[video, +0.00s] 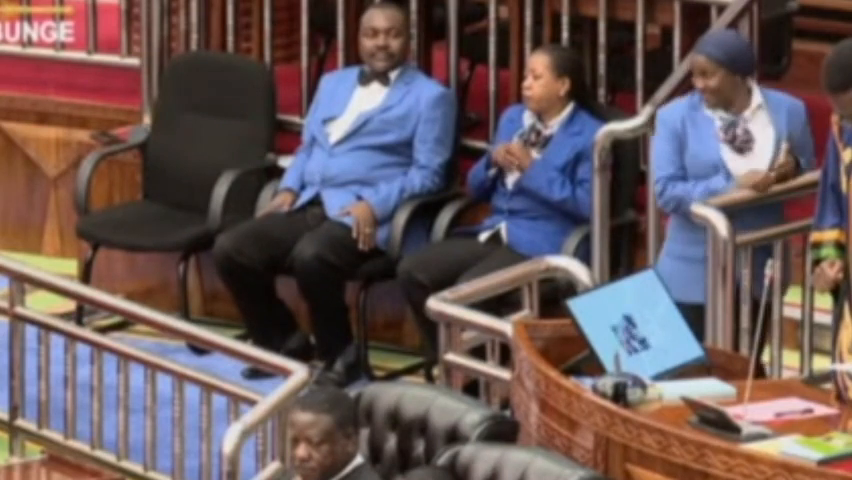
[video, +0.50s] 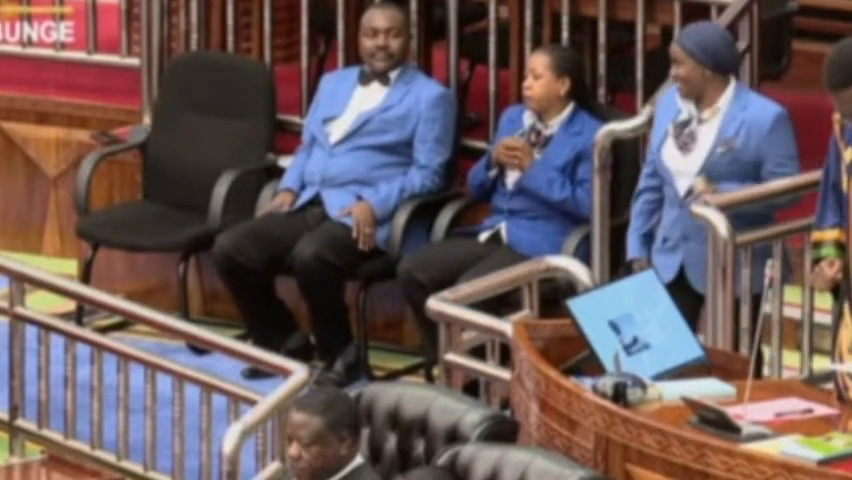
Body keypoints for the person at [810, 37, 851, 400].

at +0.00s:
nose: (840, 119)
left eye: (845, 110)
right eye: (836, 110)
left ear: (851, 96)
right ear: (831, 99)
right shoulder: (837, 133)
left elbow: (829, 195)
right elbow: (830, 194)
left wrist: (832, 253)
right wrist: (829, 250)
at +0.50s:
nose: (841, 115)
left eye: (846, 105)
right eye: (838, 106)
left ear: (851, 94)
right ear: (832, 97)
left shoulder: (840, 137)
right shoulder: (839, 137)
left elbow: (831, 195)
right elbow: (831, 195)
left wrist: (831, 253)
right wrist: (829, 250)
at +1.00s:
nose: (842, 116)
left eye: (846, 106)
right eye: (839, 107)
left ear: (850, 96)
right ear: (832, 99)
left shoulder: (841, 138)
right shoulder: (840, 138)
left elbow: (831, 195)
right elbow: (832, 194)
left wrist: (831, 250)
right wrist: (829, 248)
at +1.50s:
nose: (842, 118)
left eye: (847, 108)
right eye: (840, 108)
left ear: (850, 99)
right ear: (834, 102)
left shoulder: (841, 139)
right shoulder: (840, 138)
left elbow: (832, 196)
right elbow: (832, 195)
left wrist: (831, 250)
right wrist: (829, 248)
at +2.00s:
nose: (842, 124)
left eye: (846, 114)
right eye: (841, 113)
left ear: (847, 108)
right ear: (837, 107)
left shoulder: (840, 141)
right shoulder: (841, 140)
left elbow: (834, 195)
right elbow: (833, 194)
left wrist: (830, 246)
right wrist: (827, 245)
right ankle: (841, 378)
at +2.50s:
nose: (841, 124)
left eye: (844, 116)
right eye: (841, 115)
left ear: (845, 110)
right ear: (838, 108)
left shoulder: (840, 141)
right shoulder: (841, 140)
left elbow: (834, 196)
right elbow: (833, 193)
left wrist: (832, 246)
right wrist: (828, 244)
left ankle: (840, 375)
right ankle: (840, 376)